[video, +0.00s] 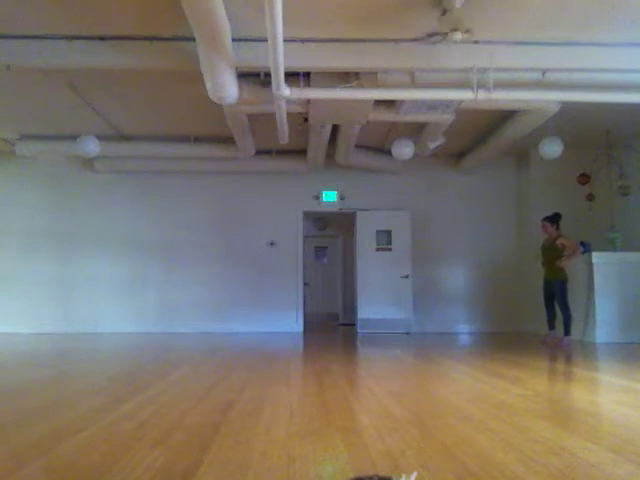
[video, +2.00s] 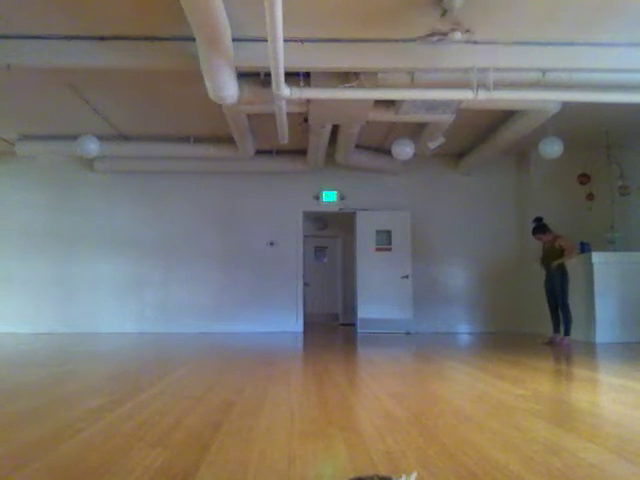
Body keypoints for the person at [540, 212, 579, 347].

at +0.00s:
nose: (543, 229)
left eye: (545, 226)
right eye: (543, 227)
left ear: (554, 226)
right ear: (547, 227)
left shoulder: (560, 239)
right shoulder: (547, 240)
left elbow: (575, 249)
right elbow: (550, 253)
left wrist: (563, 260)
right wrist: (545, 261)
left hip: (558, 274)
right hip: (548, 274)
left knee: (562, 304)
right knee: (548, 303)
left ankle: (567, 335)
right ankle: (551, 331)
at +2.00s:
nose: (540, 241)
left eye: (540, 238)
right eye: (538, 239)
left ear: (546, 233)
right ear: (540, 237)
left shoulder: (558, 240)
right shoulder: (545, 243)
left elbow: (571, 252)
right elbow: (546, 257)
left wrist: (558, 261)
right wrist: (543, 263)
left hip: (559, 273)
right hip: (549, 273)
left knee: (562, 304)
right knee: (552, 305)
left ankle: (566, 336)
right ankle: (556, 334)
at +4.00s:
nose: (541, 232)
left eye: (543, 228)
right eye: (540, 229)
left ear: (550, 228)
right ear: (542, 229)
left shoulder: (558, 240)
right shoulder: (545, 241)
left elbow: (566, 255)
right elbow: (545, 255)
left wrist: (552, 264)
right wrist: (542, 264)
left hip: (558, 273)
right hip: (548, 273)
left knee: (561, 304)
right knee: (552, 305)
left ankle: (566, 335)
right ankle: (556, 334)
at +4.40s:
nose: (542, 231)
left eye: (544, 228)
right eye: (541, 228)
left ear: (551, 227)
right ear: (544, 229)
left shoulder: (559, 240)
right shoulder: (546, 241)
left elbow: (568, 254)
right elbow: (546, 255)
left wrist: (553, 264)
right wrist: (543, 264)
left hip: (559, 273)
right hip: (549, 273)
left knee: (561, 304)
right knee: (553, 305)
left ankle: (566, 335)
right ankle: (556, 334)